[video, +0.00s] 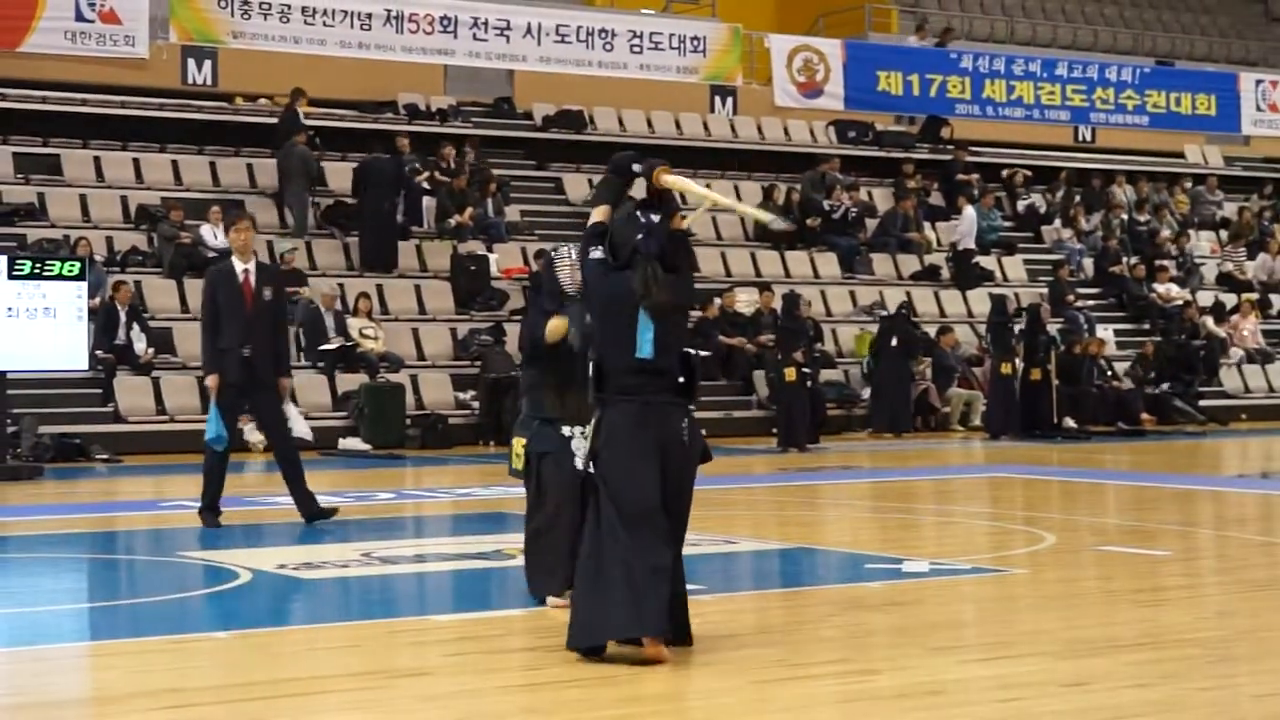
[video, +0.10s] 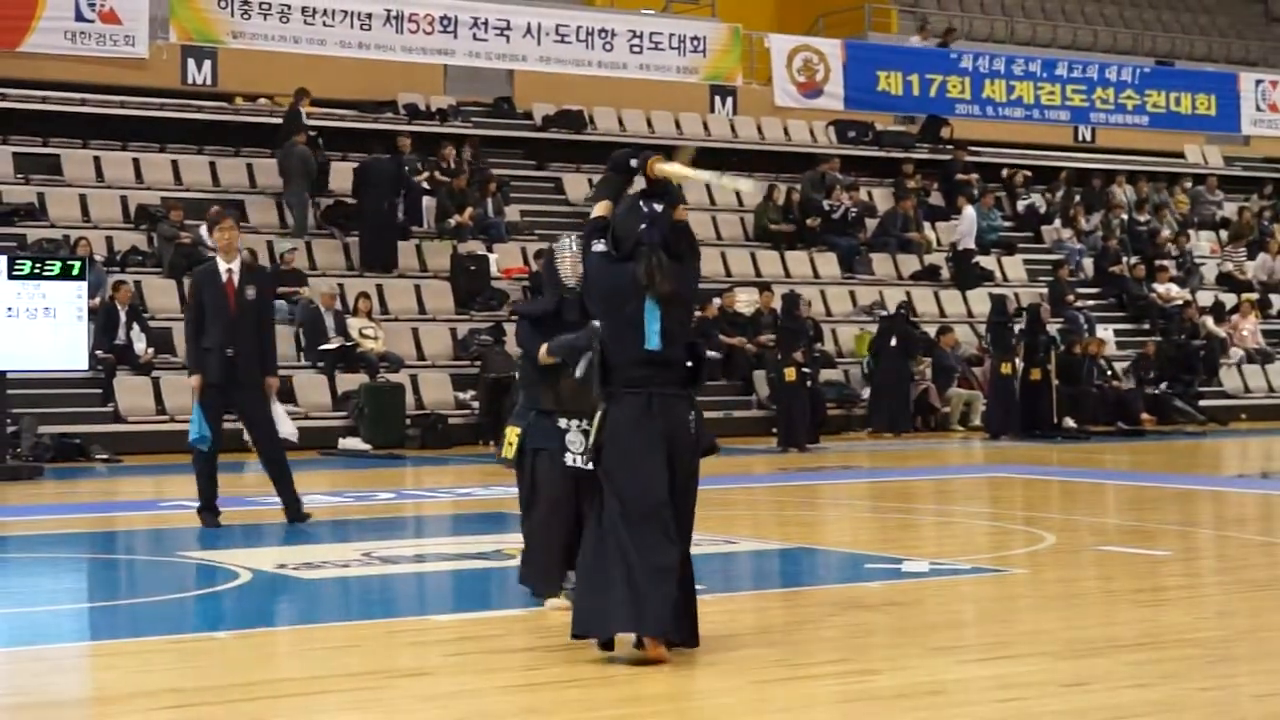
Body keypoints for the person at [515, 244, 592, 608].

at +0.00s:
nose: (576, 276)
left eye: (578, 268)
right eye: (569, 269)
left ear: (587, 273)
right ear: (554, 274)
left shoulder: (591, 307)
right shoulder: (542, 307)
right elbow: (533, 340)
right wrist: (577, 318)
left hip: (590, 416)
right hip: (550, 418)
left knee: (588, 501)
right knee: (557, 501)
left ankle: (581, 581)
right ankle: (553, 584)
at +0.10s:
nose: (576, 268)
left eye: (580, 259)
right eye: (569, 259)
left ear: (590, 266)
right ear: (554, 266)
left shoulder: (598, 306)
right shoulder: (535, 311)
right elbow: (541, 352)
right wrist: (593, 333)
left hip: (594, 416)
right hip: (548, 416)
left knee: (593, 500)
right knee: (553, 501)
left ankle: (582, 577)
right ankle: (548, 583)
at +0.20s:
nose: (574, 256)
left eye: (577, 247)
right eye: (565, 249)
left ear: (587, 254)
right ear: (550, 258)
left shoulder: (594, 294)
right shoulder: (536, 298)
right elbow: (540, 340)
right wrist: (581, 322)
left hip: (590, 403)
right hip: (547, 403)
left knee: (589, 492)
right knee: (552, 491)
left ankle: (581, 575)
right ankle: (545, 576)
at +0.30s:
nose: (570, 252)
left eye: (574, 244)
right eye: (561, 246)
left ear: (583, 250)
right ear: (545, 254)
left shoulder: (593, 287)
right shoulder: (534, 290)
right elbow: (524, 326)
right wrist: (572, 296)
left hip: (591, 398)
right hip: (545, 399)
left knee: (589, 491)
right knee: (551, 489)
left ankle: (581, 580)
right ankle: (552, 581)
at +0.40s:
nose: (561, 249)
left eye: (566, 242)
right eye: (553, 243)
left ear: (574, 249)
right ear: (538, 253)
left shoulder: (589, 289)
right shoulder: (530, 291)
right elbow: (522, 330)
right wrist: (558, 299)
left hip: (588, 402)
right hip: (541, 403)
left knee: (589, 492)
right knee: (551, 492)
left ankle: (584, 582)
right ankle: (556, 584)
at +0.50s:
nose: (560, 255)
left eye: (564, 248)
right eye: (551, 249)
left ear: (573, 253)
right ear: (537, 257)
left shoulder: (592, 298)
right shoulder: (528, 299)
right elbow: (562, 285)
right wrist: (590, 249)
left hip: (589, 406)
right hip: (542, 409)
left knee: (589, 495)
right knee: (551, 496)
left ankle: (585, 580)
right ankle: (552, 585)